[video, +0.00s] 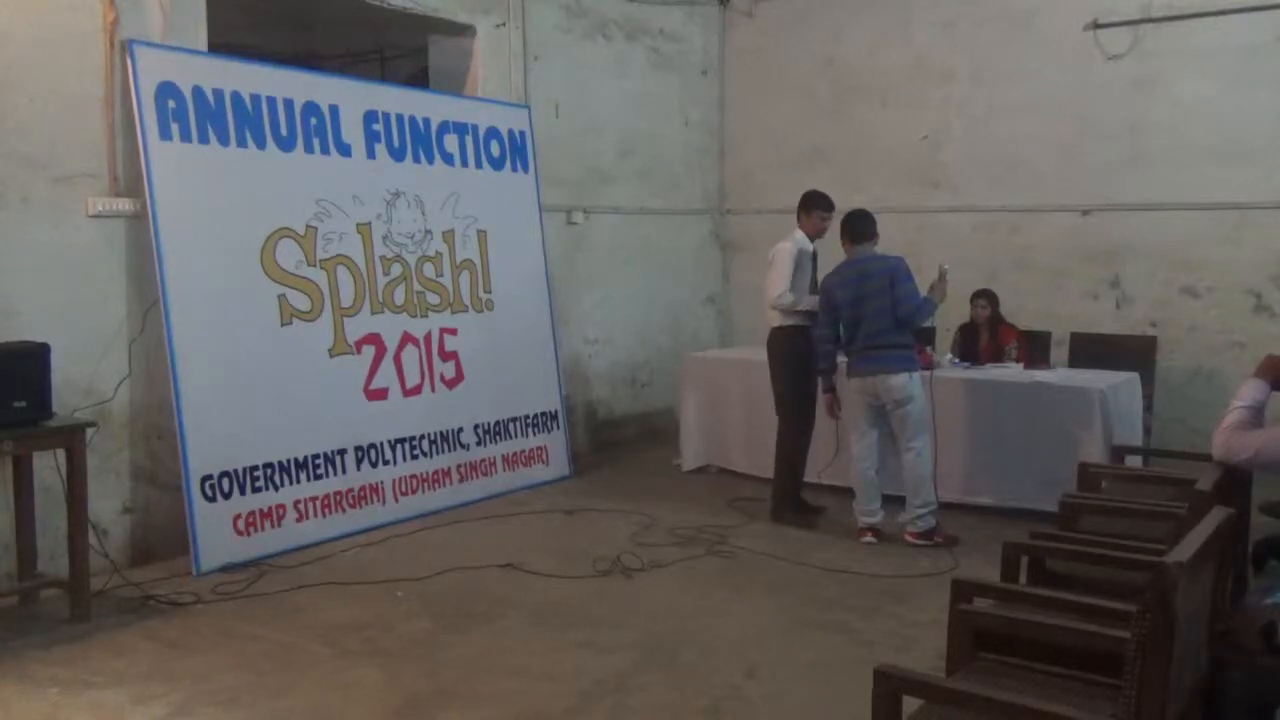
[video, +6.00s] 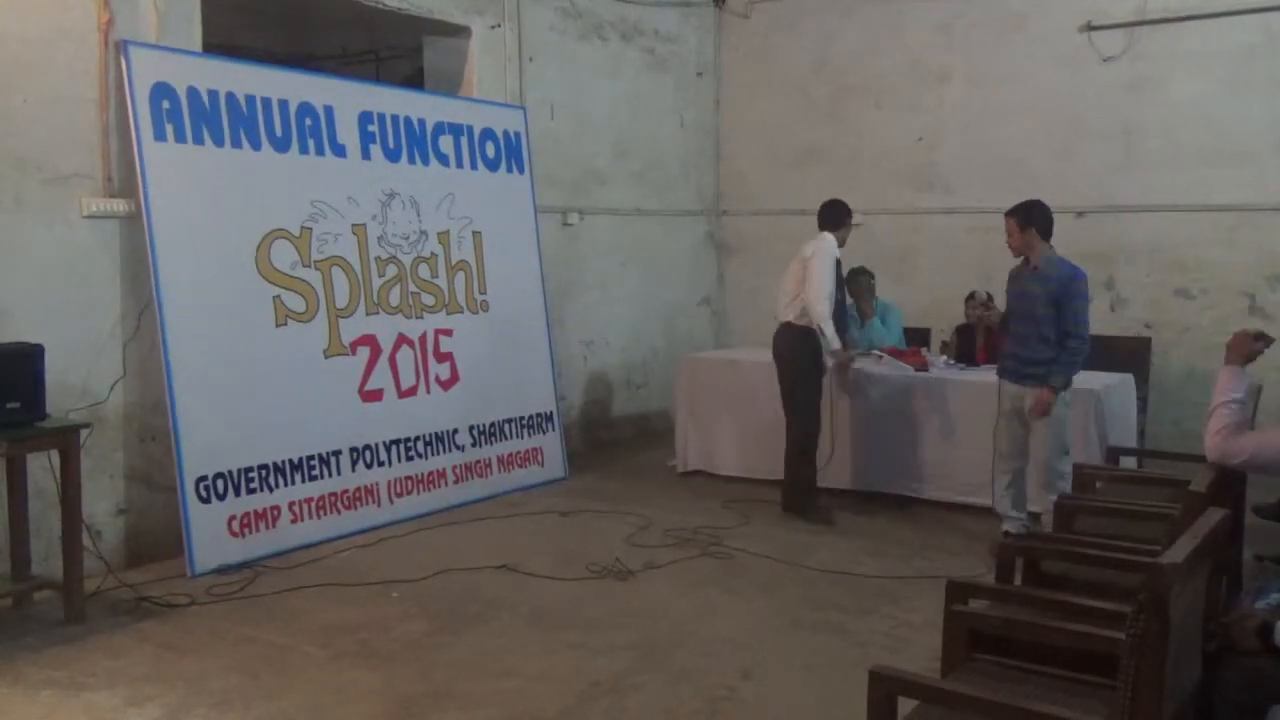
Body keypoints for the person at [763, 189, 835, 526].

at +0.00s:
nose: (826, 226)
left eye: (828, 220)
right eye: (822, 219)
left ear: (823, 220)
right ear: (804, 216)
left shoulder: (808, 251)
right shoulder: (788, 249)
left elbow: (801, 296)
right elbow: (778, 298)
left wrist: (824, 303)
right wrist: (817, 302)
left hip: (803, 335)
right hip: (787, 337)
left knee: (803, 422)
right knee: (792, 422)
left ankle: (793, 495)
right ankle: (783, 503)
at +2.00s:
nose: (602, 223)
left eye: (609, 216)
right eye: (595, 216)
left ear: (618, 219)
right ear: (580, 217)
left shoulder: (632, 260)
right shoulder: (553, 262)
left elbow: (629, 324)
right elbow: (539, 322)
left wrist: (591, 365)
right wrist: (535, 375)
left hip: (617, 370)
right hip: (567, 372)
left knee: (620, 467)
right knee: (552, 476)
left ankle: (645, 555)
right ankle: (565, 572)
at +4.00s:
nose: (828, 226)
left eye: (828, 221)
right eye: (827, 220)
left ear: (793, 217)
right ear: (819, 219)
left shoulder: (763, 255)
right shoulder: (819, 253)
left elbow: (755, 309)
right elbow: (845, 295)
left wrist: (757, 353)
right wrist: (880, 312)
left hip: (775, 354)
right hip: (811, 355)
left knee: (781, 438)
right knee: (830, 432)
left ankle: (781, 522)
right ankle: (811, 505)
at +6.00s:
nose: (850, 231)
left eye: (850, 225)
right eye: (850, 225)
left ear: (823, 222)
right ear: (843, 225)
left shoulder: (813, 247)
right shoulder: (824, 247)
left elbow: (806, 301)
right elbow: (816, 299)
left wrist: (833, 345)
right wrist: (835, 346)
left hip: (793, 336)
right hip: (800, 338)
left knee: (800, 420)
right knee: (805, 421)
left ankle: (797, 496)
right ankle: (801, 499)